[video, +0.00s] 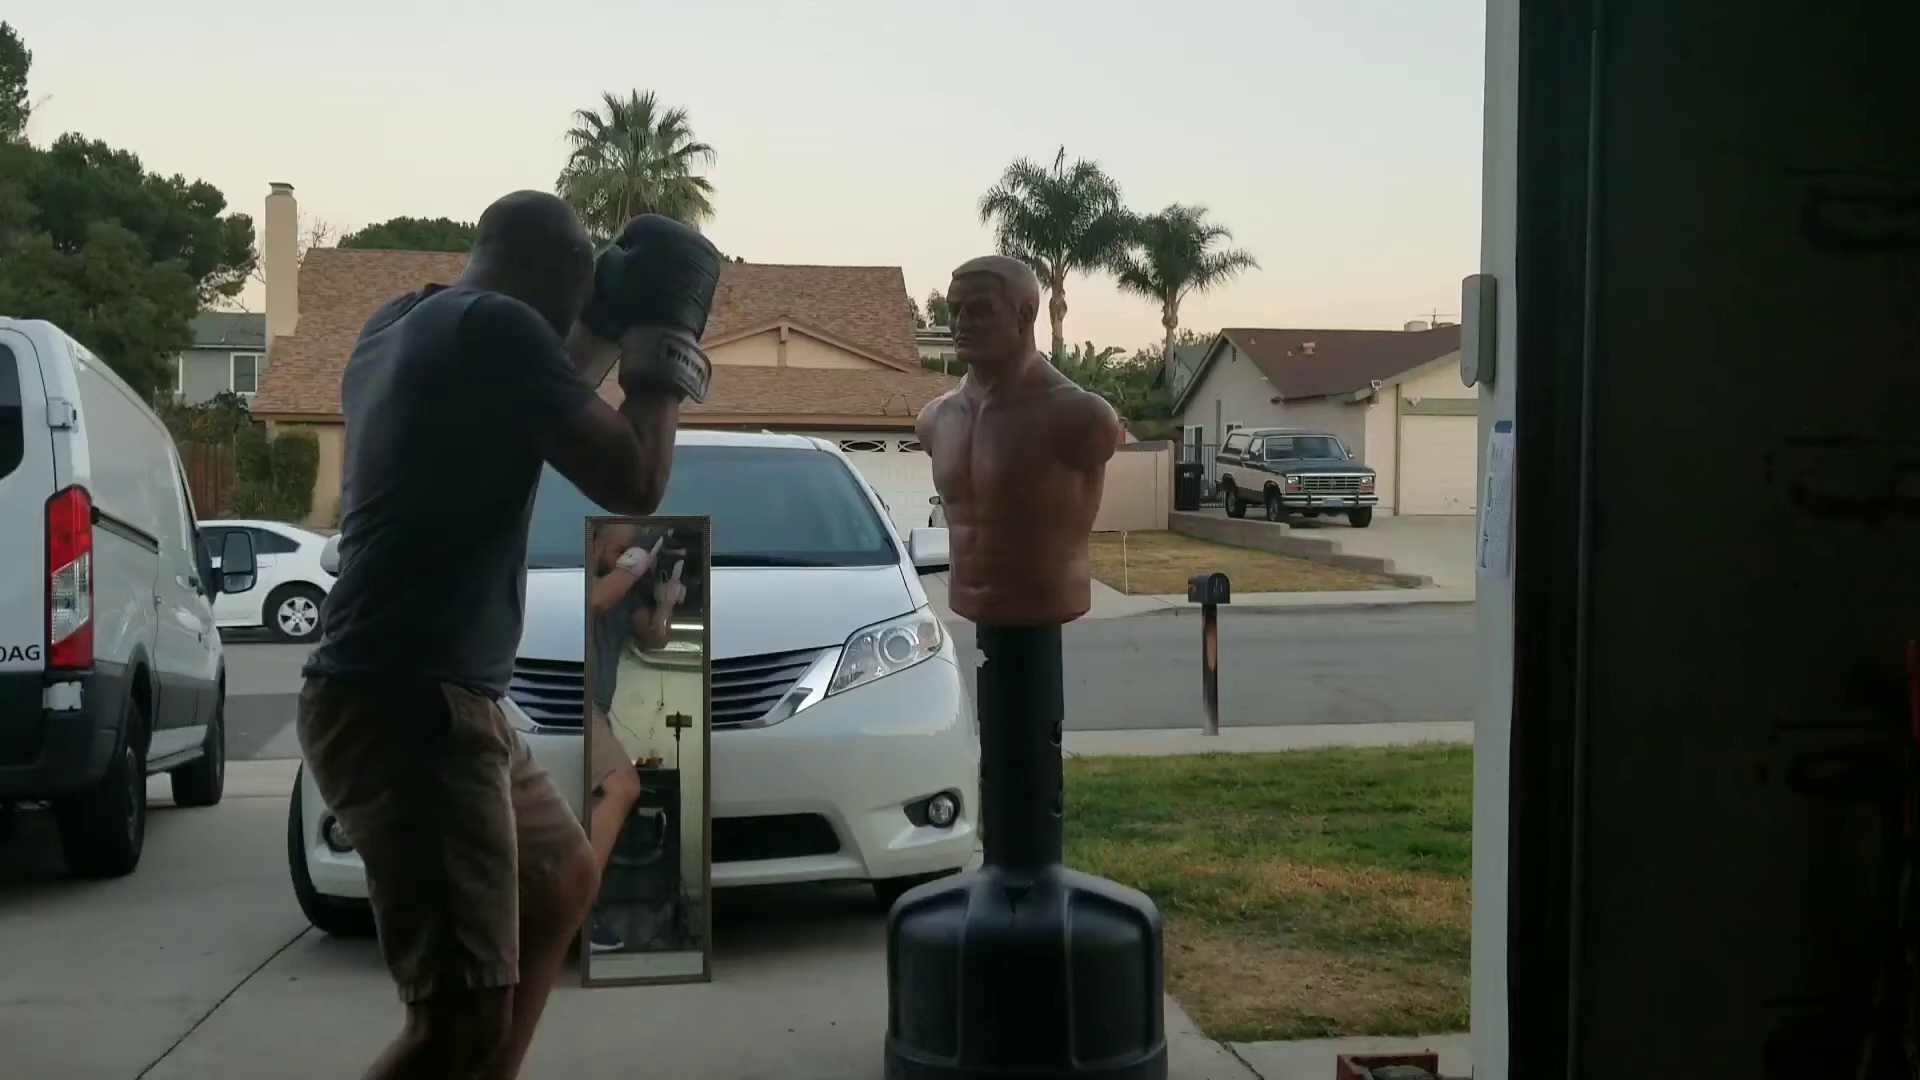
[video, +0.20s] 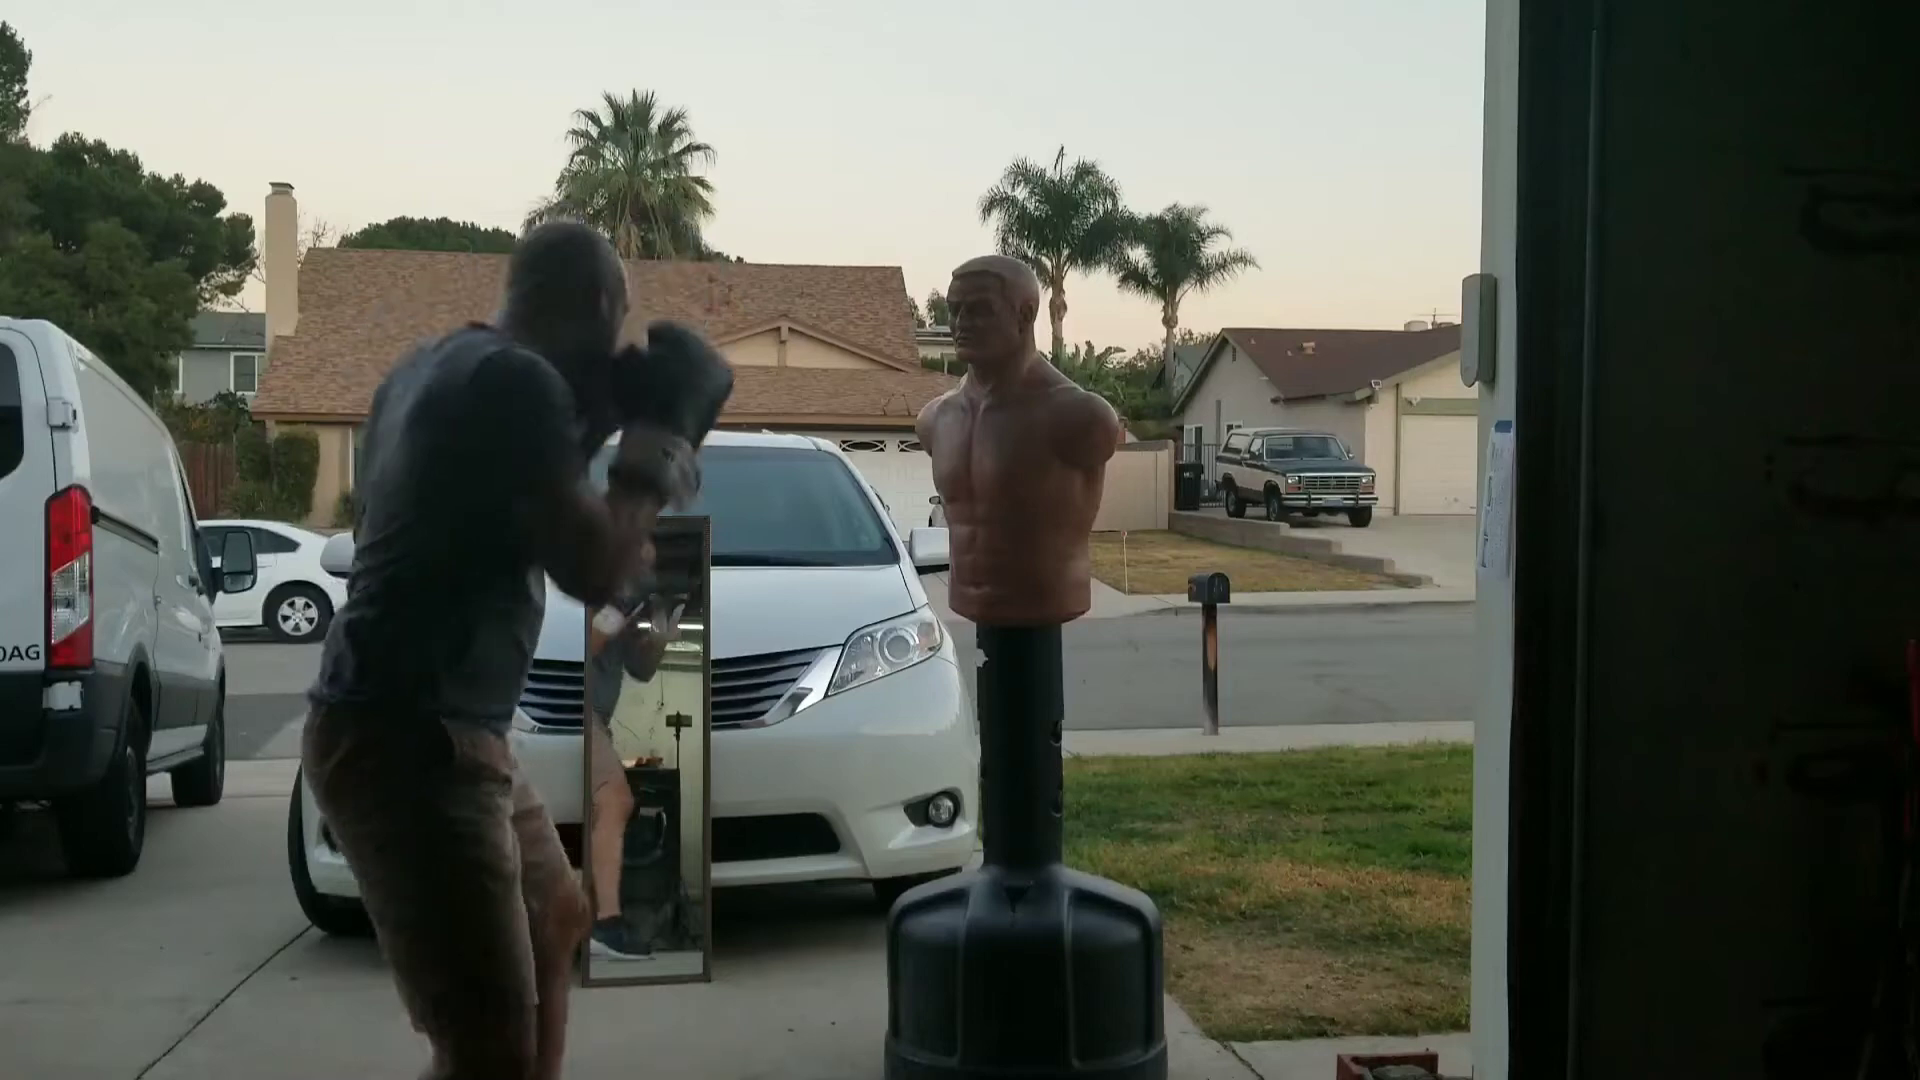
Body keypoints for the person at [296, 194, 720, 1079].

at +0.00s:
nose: (575, 327)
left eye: (586, 306)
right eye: (578, 304)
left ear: (482, 260)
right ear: (562, 283)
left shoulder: (395, 328)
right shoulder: (500, 330)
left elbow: (531, 415)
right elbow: (636, 473)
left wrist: (605, 319)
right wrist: (669, 330)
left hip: (451, 694)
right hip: (408, 702)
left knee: (558, 885)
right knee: (468, 1017)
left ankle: (485, 1071)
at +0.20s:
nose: (619, 336)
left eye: (621, 319)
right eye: (620, 314)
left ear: (519, 295)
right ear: (594, 306)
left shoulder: (435, 365)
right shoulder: (513, 383)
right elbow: (602, 571)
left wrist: (591, 410)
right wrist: (654, 436)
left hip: (455, 727)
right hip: (409, 737)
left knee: (555, 915)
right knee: (489, 1037)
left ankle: (535, 1072)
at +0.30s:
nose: (651, 429)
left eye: (654, 406)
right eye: (650, 403)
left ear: (555, 380)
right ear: (611, 392)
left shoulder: (488, 451)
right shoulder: (508, 470)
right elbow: (538, 670)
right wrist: (649, 562)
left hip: (445, 787)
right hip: (389, 804)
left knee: (569, 923)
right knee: (494, 1062)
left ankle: (537, 1073)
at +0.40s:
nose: (652, 423)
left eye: (657, 403)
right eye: (656, 401)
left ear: (558, 378)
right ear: (630, 392)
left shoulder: (467, 444)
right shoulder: (543, 458)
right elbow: (563, 653)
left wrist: (601, 557)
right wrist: (644, 574)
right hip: (419, 788)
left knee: (573, 914)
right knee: (507, 1060)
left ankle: (528, 1068)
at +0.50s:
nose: (622, 388)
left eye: (621, 378)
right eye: (622, 376)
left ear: (522, 366)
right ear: (607, 369)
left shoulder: (443, 439)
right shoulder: (589, 415)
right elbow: (654, 593)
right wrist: (699, 496)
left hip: (387, 759)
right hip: (462, 770)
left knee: (571, 907)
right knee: (526, 1050)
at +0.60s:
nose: (614, 406)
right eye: (615, 397)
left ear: (517, 395)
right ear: (607, 392)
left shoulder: (442, 472)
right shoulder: (609, 430)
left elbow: (451, 611)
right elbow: (698, 591)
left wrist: (595, 585)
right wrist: (720, 505)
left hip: (404, 768)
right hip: (495, 782)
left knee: (583, 903)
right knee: (508, 1057)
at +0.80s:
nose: (706, 390)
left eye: (705, 373)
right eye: (702, 372)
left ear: (610, 368)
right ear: (674, 370)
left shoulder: (565, 423)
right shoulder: (629, 428)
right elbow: (761, 540)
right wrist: (786, 425)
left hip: (535, 738)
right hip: (498, 748)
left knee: (669, 898)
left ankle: (560, 1052)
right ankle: (532, 1067)